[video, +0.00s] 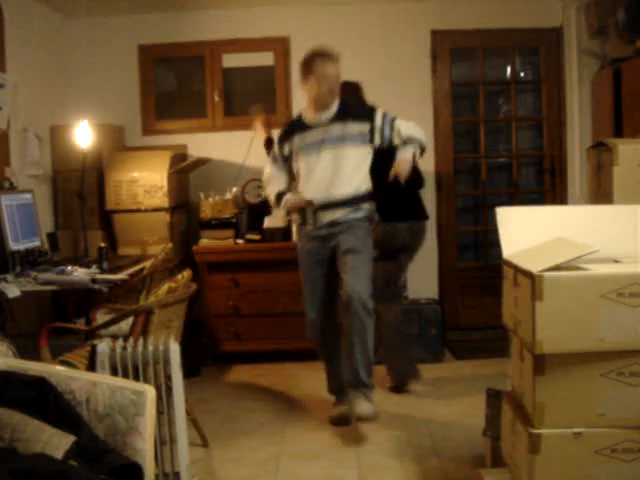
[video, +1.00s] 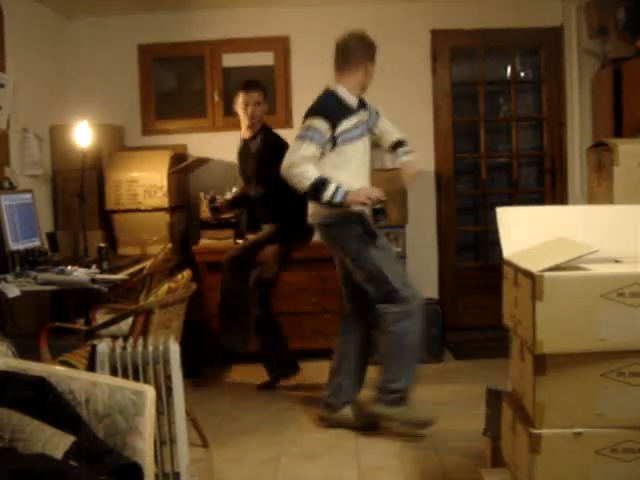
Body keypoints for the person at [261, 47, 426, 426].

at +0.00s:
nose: (331, 87)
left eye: (335, 79)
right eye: (324, 80)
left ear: (342, 78)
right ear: (306, 81)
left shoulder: (363, 118)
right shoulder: (291, 133)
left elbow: (411, 132)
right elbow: (272, 174)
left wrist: (407, 153)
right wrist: (283, 197)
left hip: (353, 222)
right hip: (311, 230)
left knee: (356, 296)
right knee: (318, 315)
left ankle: (360, 389)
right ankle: (341, 395)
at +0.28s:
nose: (376, 89)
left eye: (378, 82)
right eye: (371, 81)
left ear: (367, 81)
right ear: (346, 76)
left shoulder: (373, 126)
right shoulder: (305, 122)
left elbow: (378, 179)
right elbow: (281, 173)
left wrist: (394, 207)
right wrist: (311, 193)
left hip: (369, 234)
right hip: (327, 236)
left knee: (374, 323)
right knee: (347, 321)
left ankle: (354, 397)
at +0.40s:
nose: (387, 108)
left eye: (388, 101)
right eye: (383, 100)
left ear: (367, 100)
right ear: (360, 97)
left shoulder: (376, 143)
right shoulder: (313, 135)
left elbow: (379, 196)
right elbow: (280, 186)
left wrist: (397, 200)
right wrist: (322, 199)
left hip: (371, 239)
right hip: (331, 239)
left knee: (393, 320)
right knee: (381, 288)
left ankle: (358, 397)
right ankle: (334, 310)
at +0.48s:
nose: (379, 91)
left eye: (380, 84)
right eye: (375, 83)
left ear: (358, 81)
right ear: (350, 79)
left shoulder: (372, 125)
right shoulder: (311, 121)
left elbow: (388, 173)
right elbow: (278, 175)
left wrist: (404, 164)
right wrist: (321, 185)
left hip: (365, 221)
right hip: (328, 221)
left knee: (371, 308)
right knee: (404, 239)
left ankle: (355, 396)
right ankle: (387, 324)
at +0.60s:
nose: (375, 77)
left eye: (377, 70)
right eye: (371, 70)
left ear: (354, 69)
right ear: (348, 66)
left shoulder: (371, 109)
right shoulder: (301, 108)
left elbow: (415, 133)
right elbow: (277, 163)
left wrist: (460, 147)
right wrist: (321, 176)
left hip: (359, 209)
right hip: (326, 210)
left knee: (362, 300)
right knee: (418, 247)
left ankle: (343, 395)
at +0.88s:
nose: (379, 111)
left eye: (380, 104)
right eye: (377, 103)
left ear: (359, 102)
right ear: (361, 102)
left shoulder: (371, 141)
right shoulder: (311, 137)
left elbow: (406, 158)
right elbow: (278, 188)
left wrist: (451, 152)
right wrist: (324, 207)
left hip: (363, 239)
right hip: (332, 241)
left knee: (380, 322)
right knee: (426, 281)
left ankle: (339, 406)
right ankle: (465, 369)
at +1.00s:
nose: (372, 75)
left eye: (370, 68)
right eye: (371, 68)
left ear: (340, 65)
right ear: (365, 68)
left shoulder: (361, 109)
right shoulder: (327, 109)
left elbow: (393, 140)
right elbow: (294, 166)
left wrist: (398, 163)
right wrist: (346, 194)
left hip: (356, 219)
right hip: (340, 221)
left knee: (360, 310)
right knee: (402, 300)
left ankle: (339, 402)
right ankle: (392, 398)